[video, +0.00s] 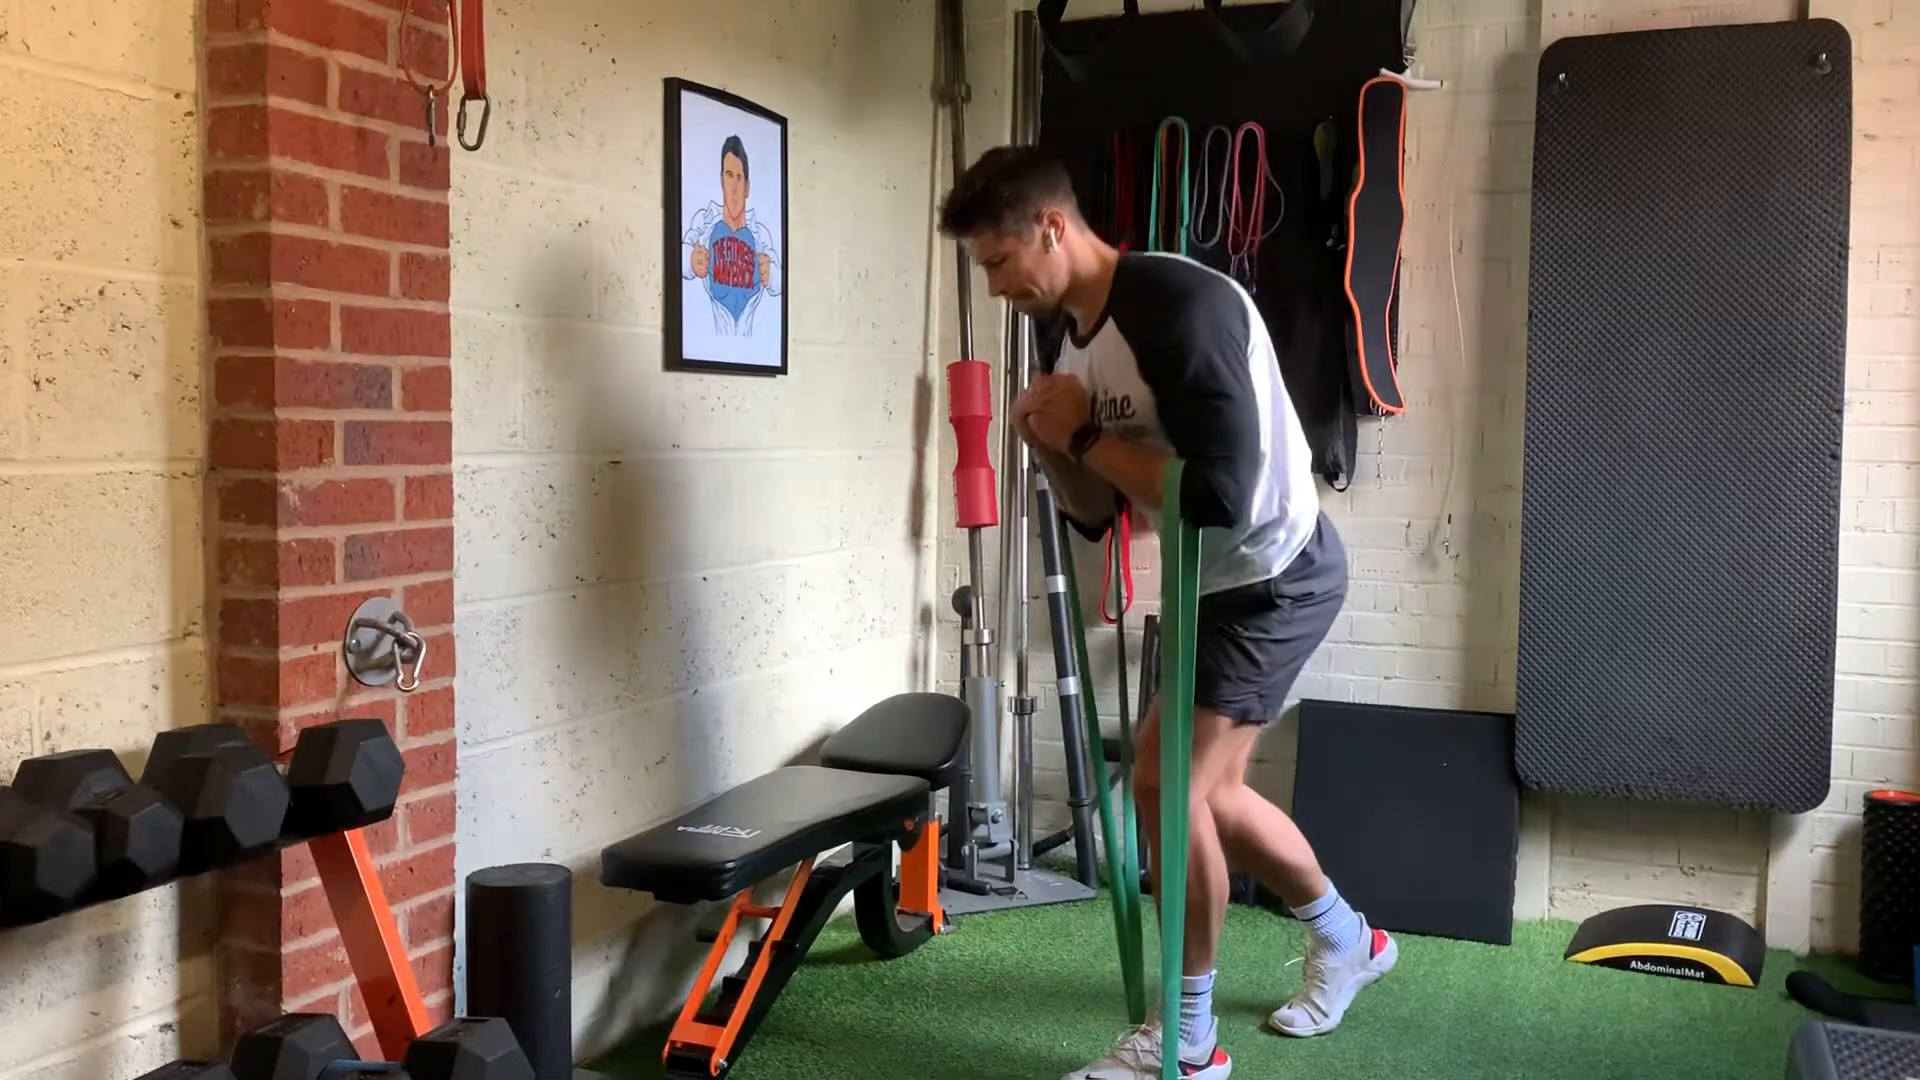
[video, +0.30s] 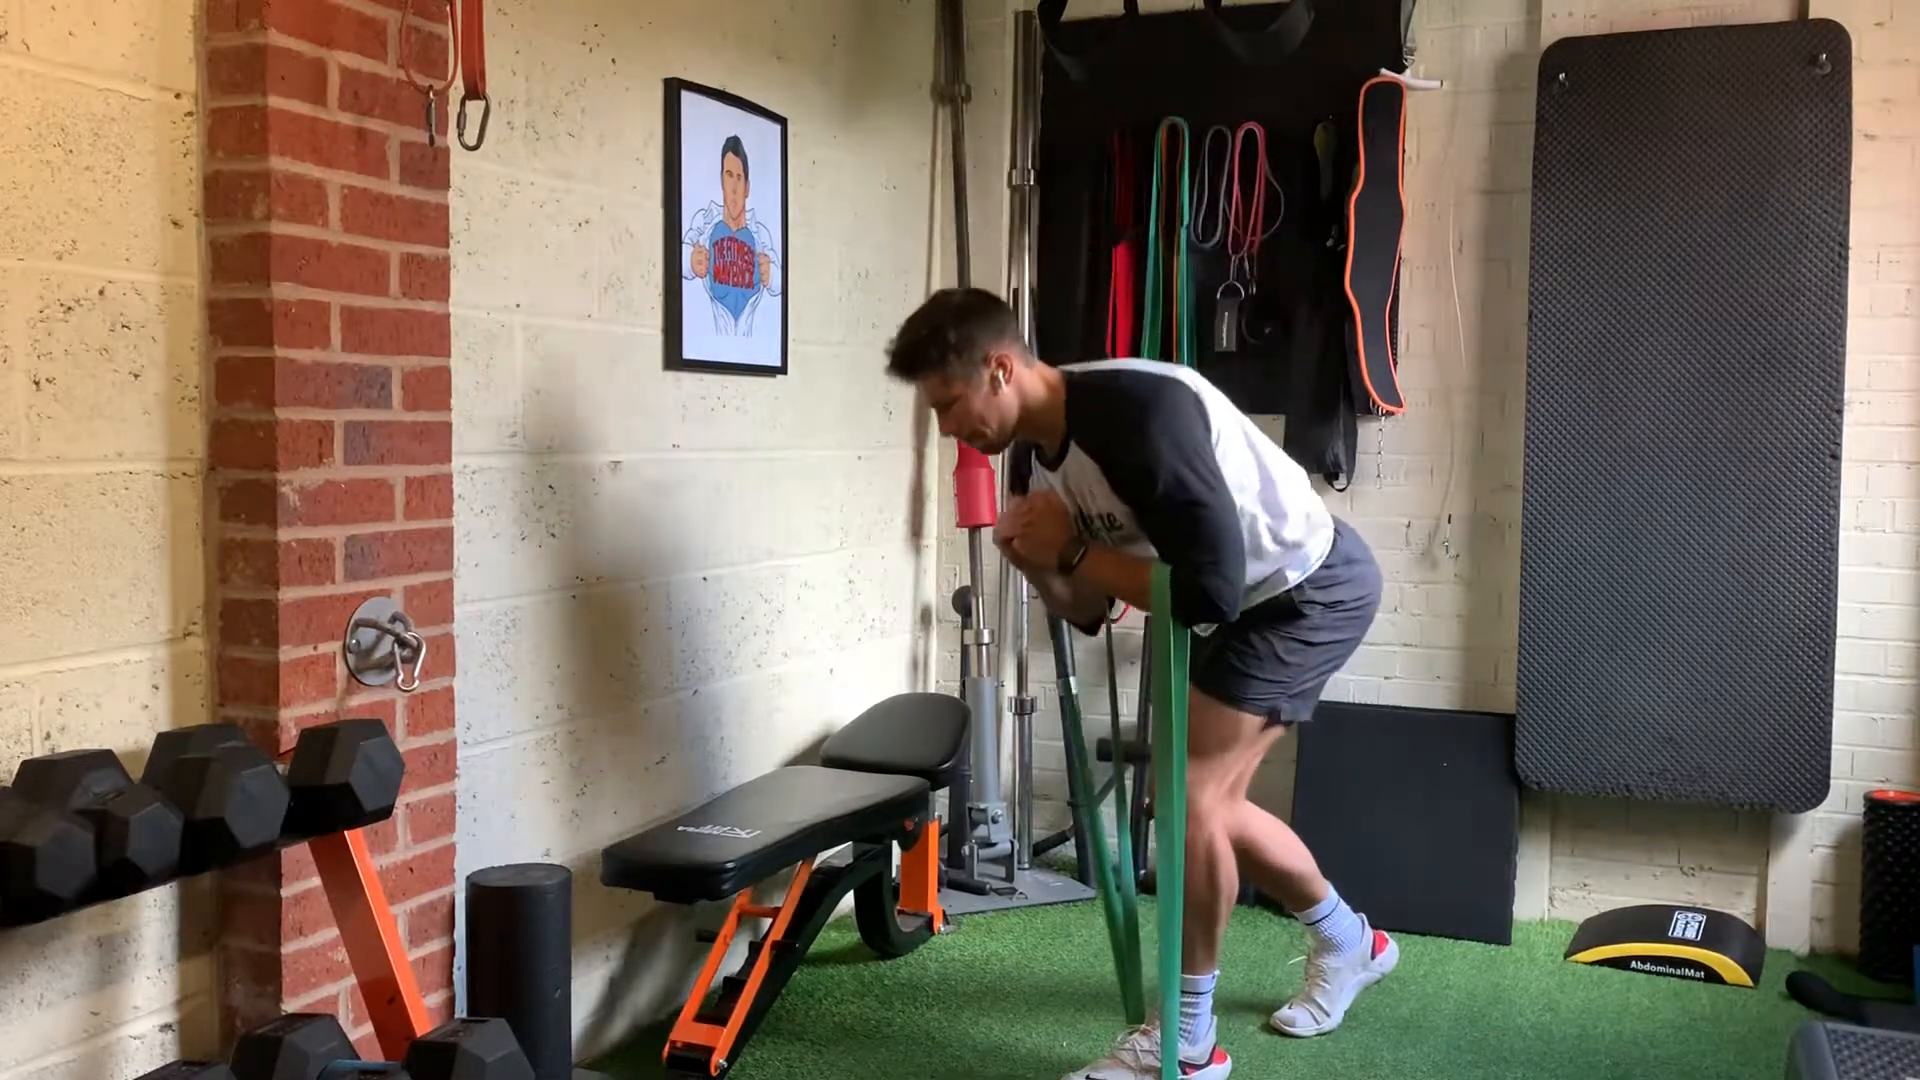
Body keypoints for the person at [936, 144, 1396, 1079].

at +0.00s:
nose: (995, 286)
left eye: (1001, 262)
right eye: (985, 268)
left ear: (1054, 228)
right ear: (1045, 236)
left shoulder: (1184, 308)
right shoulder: (1067, 333)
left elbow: (1222, 498)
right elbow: (1101, 512)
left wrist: (1084, 441)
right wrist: (1053, 448)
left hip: (1278, 574)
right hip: (1205, 576)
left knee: (1162, 778)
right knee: (1211, 789)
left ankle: (1188, 1034)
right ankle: (1348, 936)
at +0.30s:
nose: (946, 430)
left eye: (948, 406)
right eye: (936, 413)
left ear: (1003, 370)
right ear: (999, 374)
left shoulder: (1146, 417)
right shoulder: (1033, 457)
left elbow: (1214, 590)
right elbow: (1095, 612)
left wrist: (1075, 551)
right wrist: (1040, 565)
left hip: (1310, 586)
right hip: (1236, 595)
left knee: (1191, 795)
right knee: (1210, 807)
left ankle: (1187, 1037)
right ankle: (1350, 940)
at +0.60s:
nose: (924, 548)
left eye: (927, 527)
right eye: (915, 531)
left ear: (979, 496)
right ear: (981, 498)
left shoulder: (1129, 517)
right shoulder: (1021, 545)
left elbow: (1211, 685)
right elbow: (1095, 694)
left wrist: (1071, 651)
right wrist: (1040, 663)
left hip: (1325, 593)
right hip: (1251, 604)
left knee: (1197, 795)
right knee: (1214, 812)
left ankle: (1187, 1038)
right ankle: (1356, 943)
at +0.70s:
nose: (926, 577)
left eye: (928, 556)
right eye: (916, 561)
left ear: (978, 521)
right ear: (979, 522)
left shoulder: (1125, 538)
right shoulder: (1025, 577)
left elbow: (1211, 712)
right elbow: (1104, 710)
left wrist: (1070, 675)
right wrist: (1036, 686)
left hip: (1328, 594)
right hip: (1252, 608)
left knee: (1195, 800)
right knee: (1211, 817)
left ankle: (1187, 1041)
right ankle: (1353, 942)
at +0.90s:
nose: (926, 635)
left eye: (924, 616)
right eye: (916, 620)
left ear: (975, 581)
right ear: (977, 577)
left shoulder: (1126, 582)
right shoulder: (1022, 613)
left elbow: (1217, 748)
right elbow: (1115, 734)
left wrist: (1079, 717)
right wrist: (1047, 728)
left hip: (1335, 597)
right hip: (1265, 602)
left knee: (1202, 803)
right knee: (1215, 816)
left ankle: (1185, 1041)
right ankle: (1354, 943)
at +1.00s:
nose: (929, 648)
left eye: (928, 627)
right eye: (918, 632)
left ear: (977, 593)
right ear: (979, 590)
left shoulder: (1126, 593)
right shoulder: (1022, 620)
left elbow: (1218, 757)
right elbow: (1115, 736)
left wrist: (1081, 730)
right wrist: (1053, 736)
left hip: (1337, 599)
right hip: (1270, 603)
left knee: (1202, 805)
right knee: (1216, 819)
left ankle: (1185, 1042)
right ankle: (1355, 945)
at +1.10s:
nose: (932, 648)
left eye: (930, 627)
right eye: (921, 632)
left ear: (978, 592)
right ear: (980, 588)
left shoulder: (1128, 590)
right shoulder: (1023, 617)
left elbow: (1221, 754)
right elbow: (1121, 730)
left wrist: (1081, 729)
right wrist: (1057, 734)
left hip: (1339, 600)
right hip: (1276, 603)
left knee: (1204, 804)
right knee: (1216, 817)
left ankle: (1187, 1042)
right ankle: (1356, 945)